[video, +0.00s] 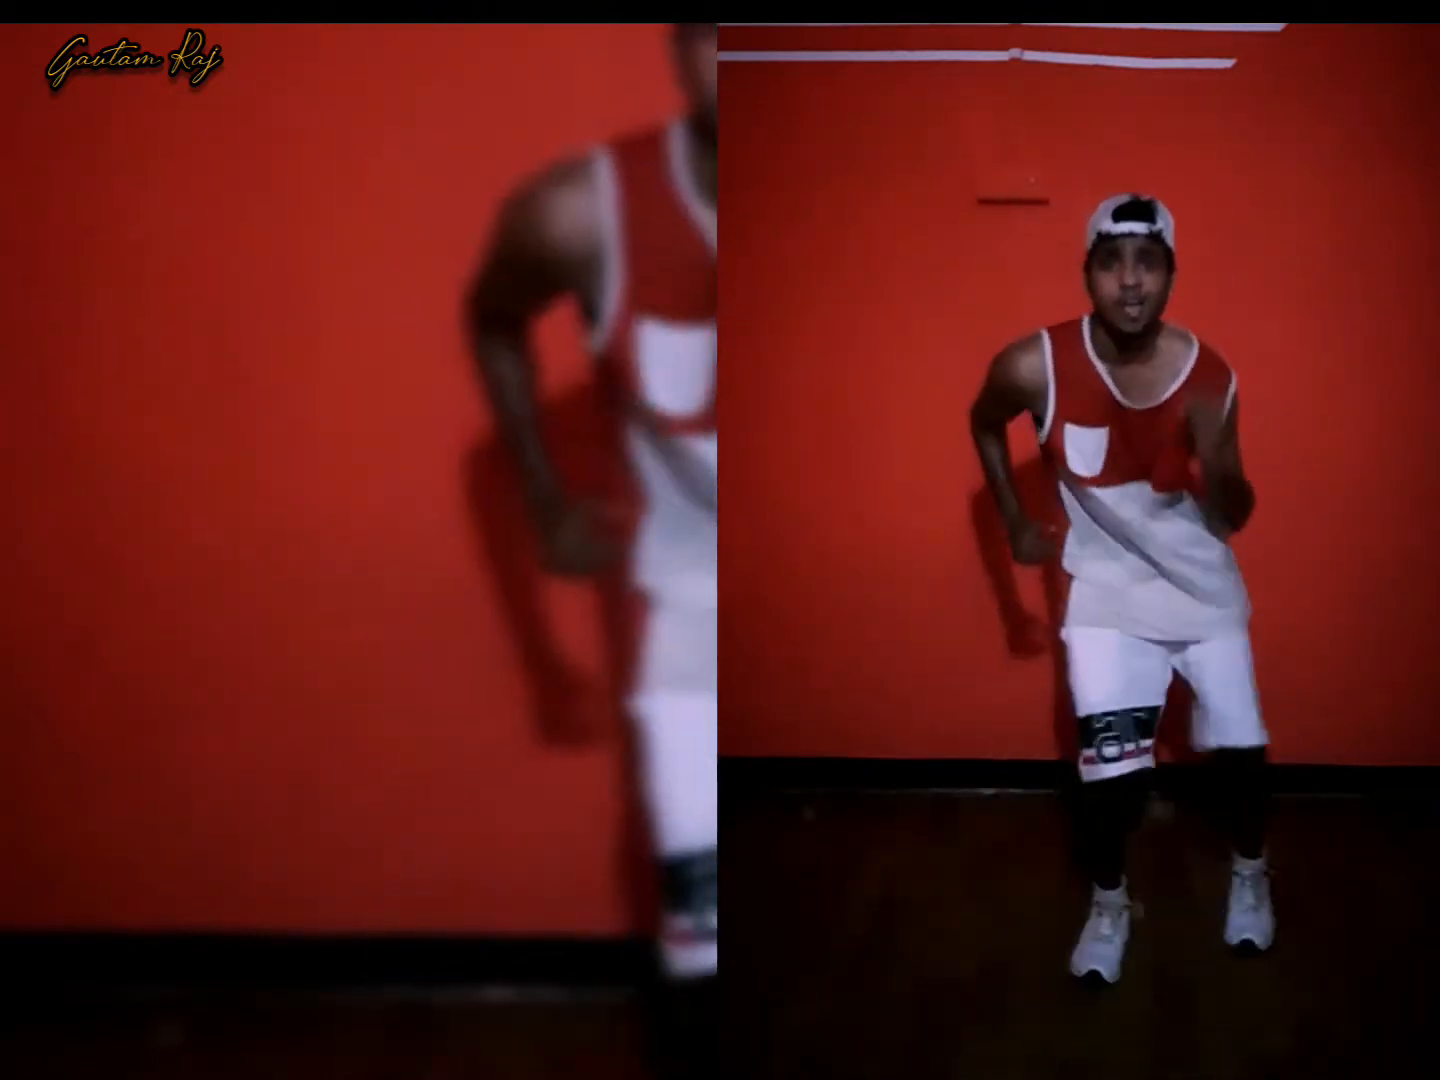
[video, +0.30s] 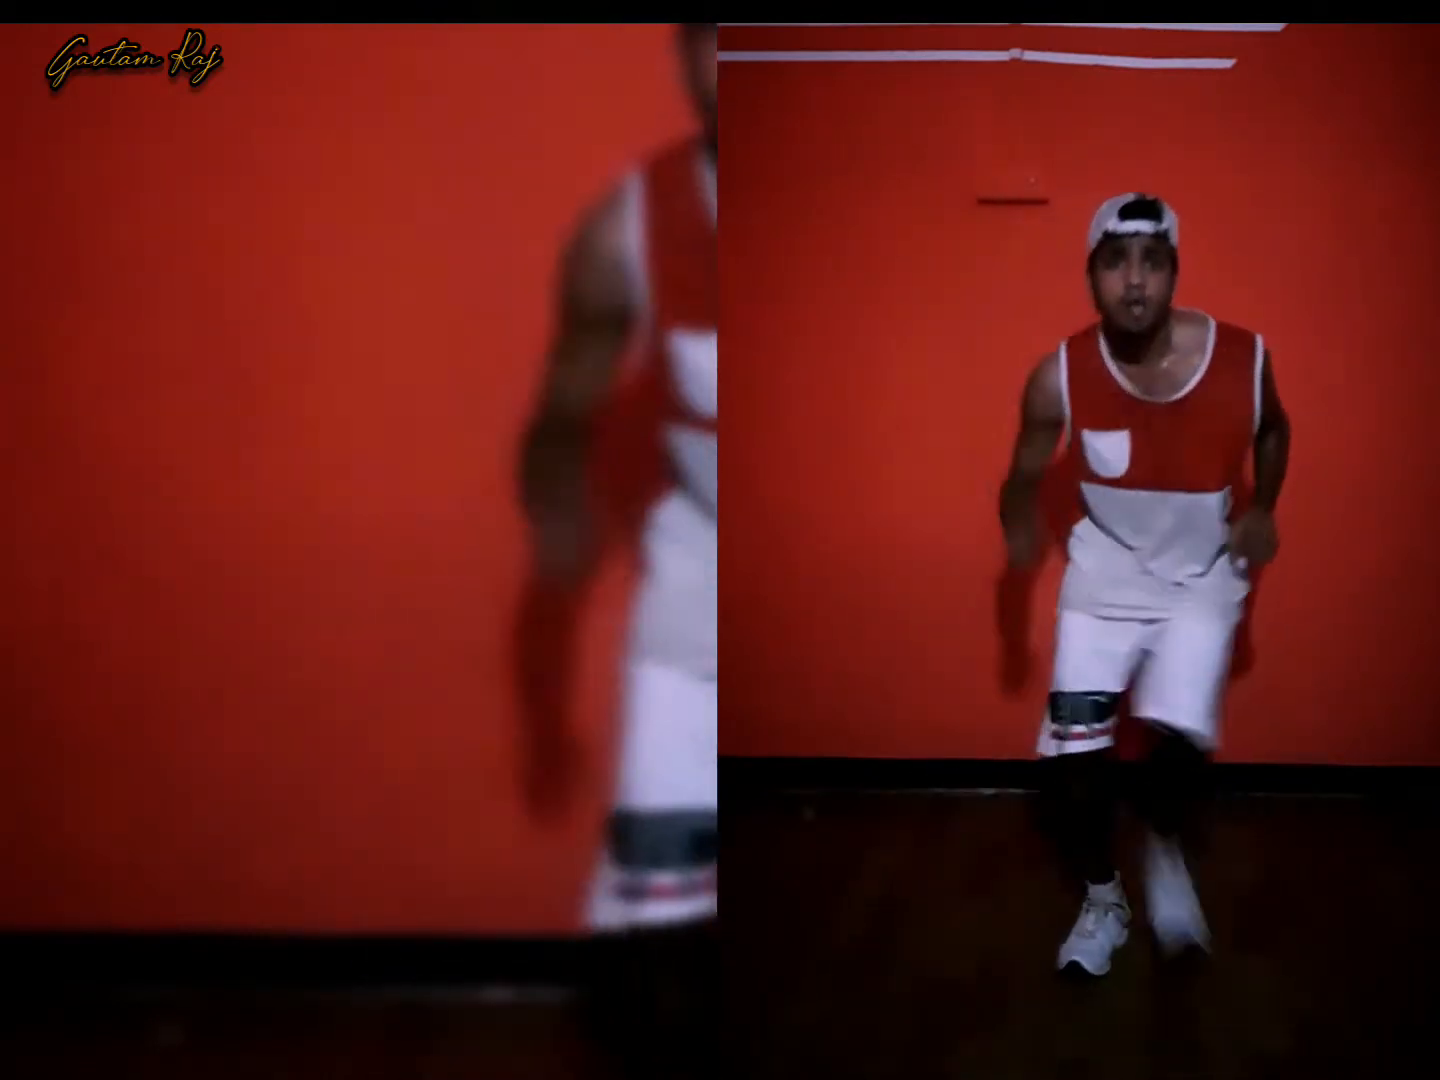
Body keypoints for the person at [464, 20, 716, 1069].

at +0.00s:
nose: (732, 60)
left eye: (748, 40)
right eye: (713, 39)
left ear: (793, 59)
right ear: (678, 52)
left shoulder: (845, 190)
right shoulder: (589, 207)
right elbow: (495, 318)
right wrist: (553, 505)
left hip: (835, 590)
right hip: (696, 600)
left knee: (862, 877)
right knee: (703, 895)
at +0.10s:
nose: (725, 61)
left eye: (736, 38)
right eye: (707, 37)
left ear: (787, 60)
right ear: (670, 57)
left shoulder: (850, 192)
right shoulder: (604, 222)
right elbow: (535, 388)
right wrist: (614, 518)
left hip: (835, 575)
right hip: (686, 578)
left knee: (847, 883)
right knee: (680, 911)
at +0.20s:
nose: (719, 82)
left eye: (732, 51)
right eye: (697, 52)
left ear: (778, 72)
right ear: (663, 75)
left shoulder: (850, 208)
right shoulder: (630, 239)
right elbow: (582, 503)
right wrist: (552, 431)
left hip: (831, 590)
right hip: (686, 584)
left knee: (837, 902)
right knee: (649, 915)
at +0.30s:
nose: (728, 64)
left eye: (738, 43)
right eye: (713, 43)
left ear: (805, 61)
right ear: (689, 57)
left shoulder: (868, 199)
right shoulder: (643, 222)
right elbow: (559, 440)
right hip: (697, 617)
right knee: (664, 910)